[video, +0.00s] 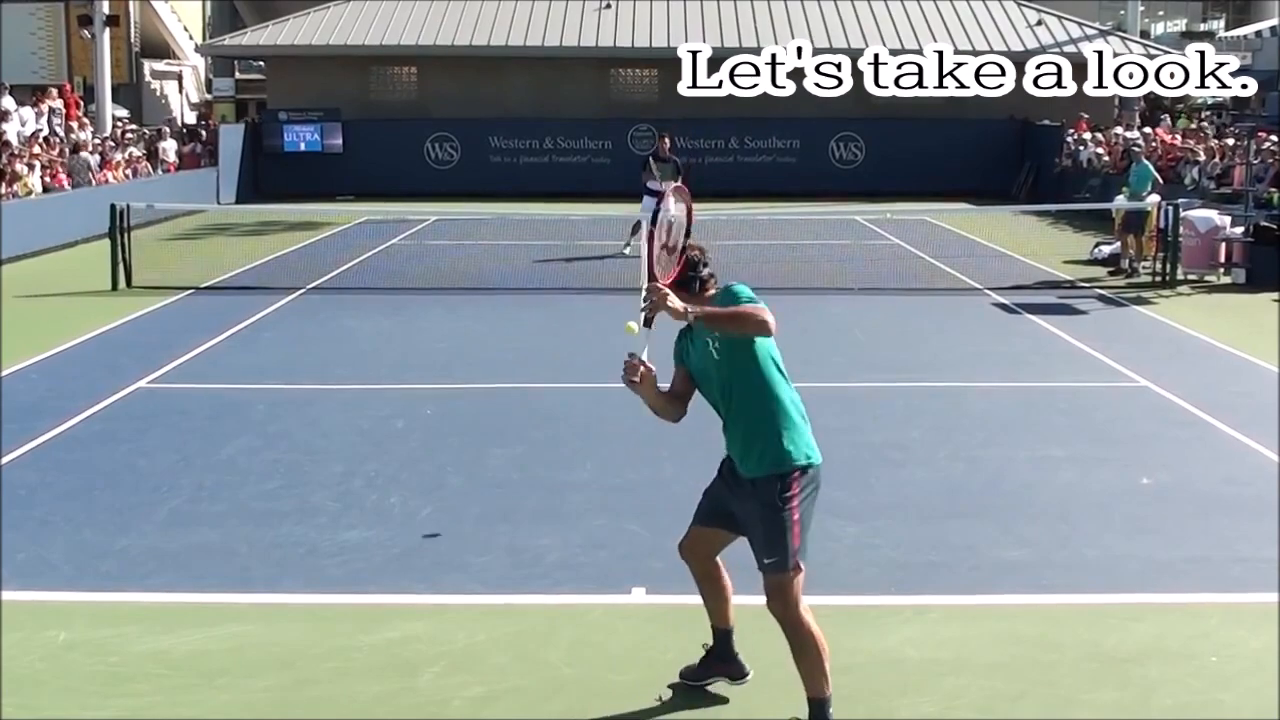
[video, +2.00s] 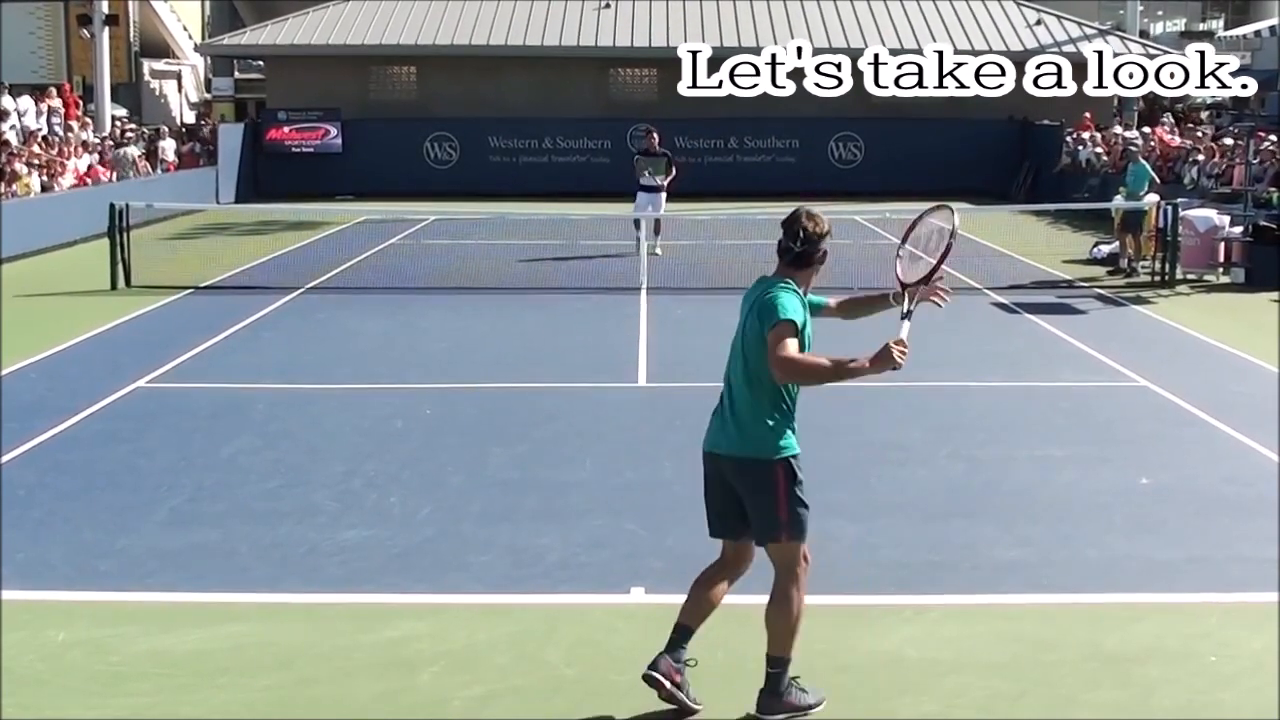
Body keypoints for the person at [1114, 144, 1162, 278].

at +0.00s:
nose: (1134, 155)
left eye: (1136, 152)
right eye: (1132, 152)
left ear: (1142, 153)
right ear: (1130, 153)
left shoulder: (1147, 166)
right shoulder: (1133, 166)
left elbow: (1159, 183)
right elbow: (1132, 184)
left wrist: (1147, 195)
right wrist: (1128, 191)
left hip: (1142, 205)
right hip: (1130, 204)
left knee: (1138, 236)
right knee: (1122, 234)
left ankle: (1137, 267)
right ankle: (1123, 265)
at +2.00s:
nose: (1128, 154)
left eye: (1131, 151)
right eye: (1128, 151)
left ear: (1138, 152)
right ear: (1128, 153)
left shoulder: (1144, 166)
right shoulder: (1130, 165)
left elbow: (1156, 182)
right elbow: (1131, 183)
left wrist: (1144, 194)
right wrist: (1125, 191)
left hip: (1138, 205)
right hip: (1128, 204)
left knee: (1136, 235)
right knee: (1121, 234)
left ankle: (1136, 266)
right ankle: (1122, 264)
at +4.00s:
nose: (1122, 148)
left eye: (1125, 146)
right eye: (1122, 146)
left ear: (1132, 147)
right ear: (1123, 147)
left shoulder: (1138, 160)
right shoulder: (1125, 160)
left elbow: (1150, 177)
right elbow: (1127, 178)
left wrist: (1137, 189)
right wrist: (1120, 186)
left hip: (1133, 200)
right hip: (1123, 198)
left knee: (1130, 230)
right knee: (1116, 228)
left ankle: (1130, 260)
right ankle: (1117, 259)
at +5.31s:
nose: (1133, 133)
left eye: (1136, 130)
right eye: (1133, 130)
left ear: (1143, 130)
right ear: (1133, 132)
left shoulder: (1148, 143)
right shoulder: (1137, 144)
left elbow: (1159, 160)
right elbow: (1138, 161)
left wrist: (1148, 172)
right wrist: (1130, 169)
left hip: (1143, 183)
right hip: (1133, 182)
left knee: (1140, 214)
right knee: (1127, 213)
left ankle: (1140, 245)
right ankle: (1128, 243)